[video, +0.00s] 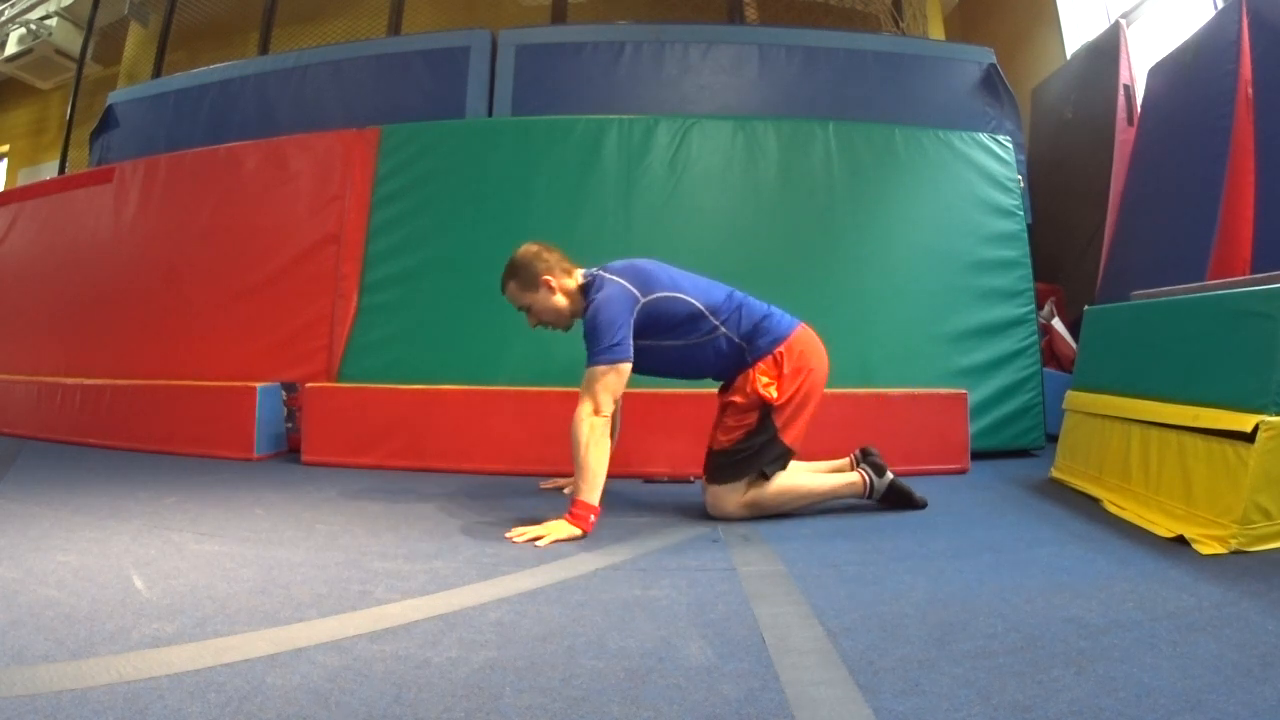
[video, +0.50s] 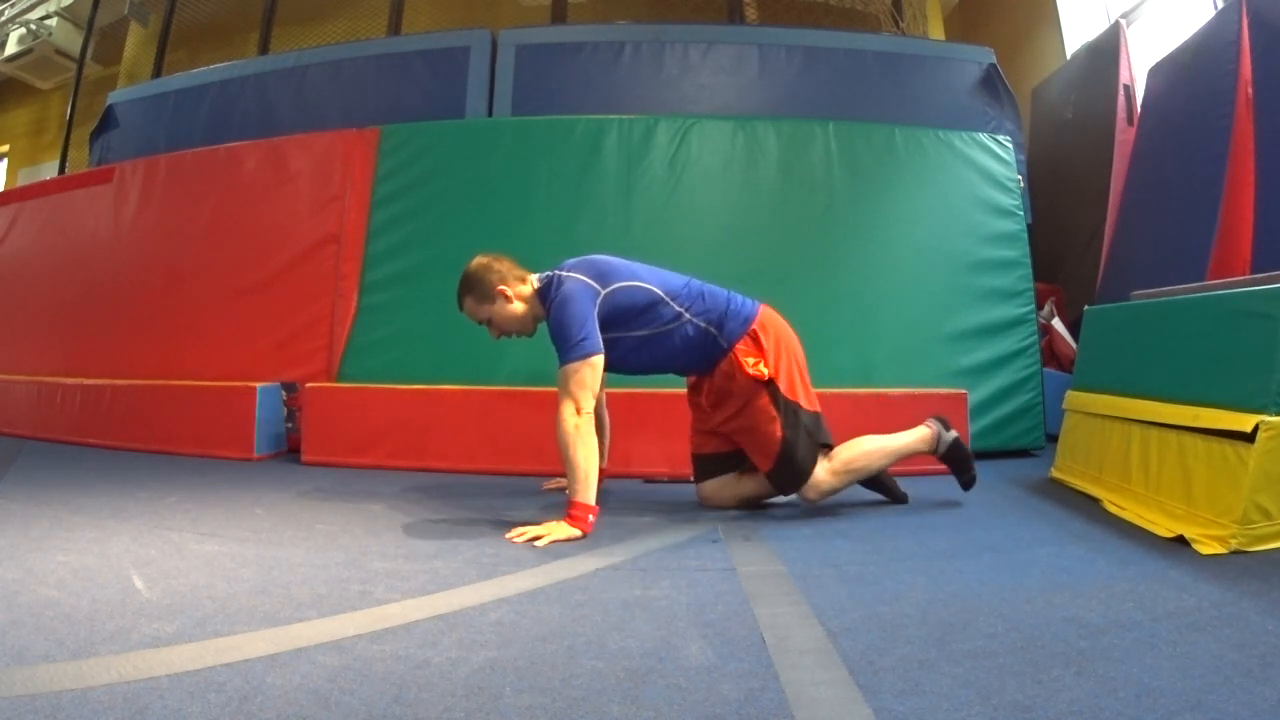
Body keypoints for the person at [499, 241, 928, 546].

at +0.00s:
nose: (530, 322)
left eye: (526, 309)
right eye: (523, 313)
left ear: (554, 286)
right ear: (557, 283)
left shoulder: (610, 299)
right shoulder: (606, 289)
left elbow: (594, 410)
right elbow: (605, 401)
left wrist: (582, 516)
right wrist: (588, 473)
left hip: (779, 357)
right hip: (775, 352)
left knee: (726, 500)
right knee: (737, 482)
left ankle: (862, 483)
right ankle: (855, 469)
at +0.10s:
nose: (520, 324)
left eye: (515, 311)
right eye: (512, 316)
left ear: (542, 285)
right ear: (544, 283)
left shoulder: (601, 297)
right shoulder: (594, 289)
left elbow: (592, 410)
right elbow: (601, 403)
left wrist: (582, 516)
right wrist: (586, 476)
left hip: (770, 351)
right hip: (761, 350)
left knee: (727, 499)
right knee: (734, 484)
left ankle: (864, 478)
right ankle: (853, 465)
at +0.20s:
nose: (511, 325)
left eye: (506, 313)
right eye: (503, 318)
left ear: (532, 285)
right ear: (535, 282)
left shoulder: (592, 294)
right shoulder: (586, 288)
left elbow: (587, 409)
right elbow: (597, 400)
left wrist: (582, 517)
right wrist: (586, 477)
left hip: (762, 347)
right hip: (742, 352)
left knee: (735, 498)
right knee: (723, 490)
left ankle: (866, 464)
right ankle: (857, 461)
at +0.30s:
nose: (503, 326)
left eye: (498, 315)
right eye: (495, 319)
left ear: (524, 287)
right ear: (526, 286)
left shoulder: (584, 293)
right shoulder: (575, 291)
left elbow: (582, 408)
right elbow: (594, 401)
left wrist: (579, 517)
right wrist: (585, 477)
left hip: (756, 343)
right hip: (722, 360)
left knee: (758, 496)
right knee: (718, 491)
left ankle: (879, 452)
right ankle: (854, 464)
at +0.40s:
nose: (500, 330)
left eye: (494, 318)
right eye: (491, 323)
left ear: (518, 289)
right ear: (518, 289)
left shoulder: (579, 293)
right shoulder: (565, 296)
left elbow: (581, 408)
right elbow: (592, 404)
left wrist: (578, 518)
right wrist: (585, 475)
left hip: (752, 343)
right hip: (712, 367)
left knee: (785, 493)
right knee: (721, 491)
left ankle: (906, 441)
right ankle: (853, 468)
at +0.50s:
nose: (498, 334)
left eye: (491, 323)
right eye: (488, 327)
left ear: (511, 292)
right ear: (513, 288)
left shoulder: (572, 294)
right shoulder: (564, 293)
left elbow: (577, 409)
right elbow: (592, 407)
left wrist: (577, 518)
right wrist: (586, 476)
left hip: (749, 344)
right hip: (710, 368)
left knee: (812, 478)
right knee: (718, 488)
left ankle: (934, 435)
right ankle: (848, 467)